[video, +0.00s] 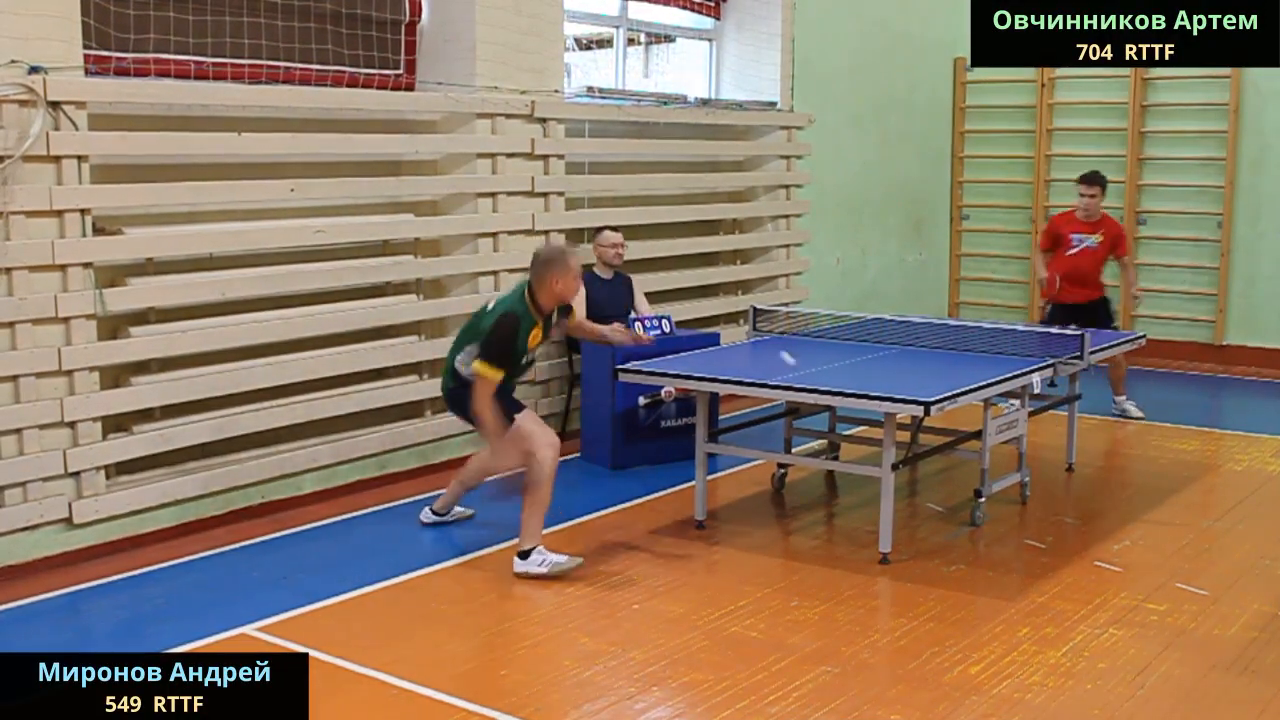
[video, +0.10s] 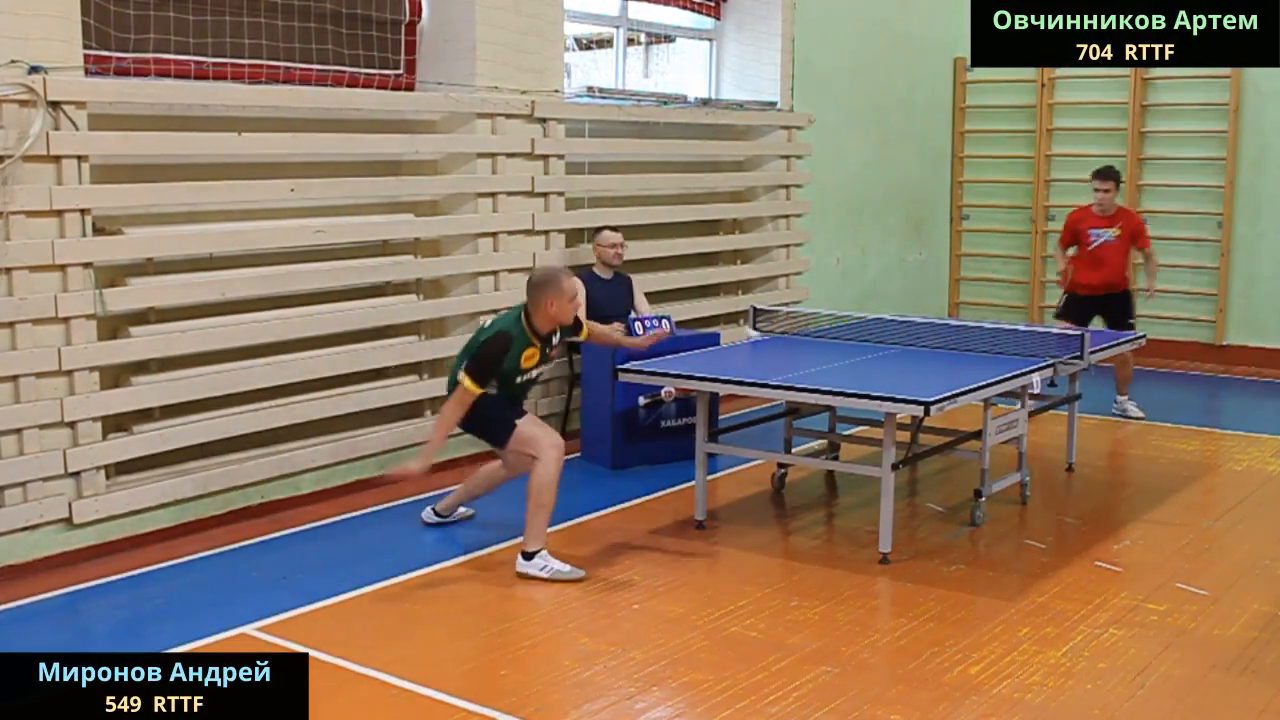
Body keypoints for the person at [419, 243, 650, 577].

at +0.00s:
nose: (580, 282)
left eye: (579, 275)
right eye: (576, 276)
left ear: (555, 282)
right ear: (556, 283)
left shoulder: (553, 302)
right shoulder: (512, 320)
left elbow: (571, 326)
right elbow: (481, 394)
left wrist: (609, 334)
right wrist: (499, 446)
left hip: (491, 383)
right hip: (466, 390)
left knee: (508, 450)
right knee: (546, 445)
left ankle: (441, 507)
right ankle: (529, 551)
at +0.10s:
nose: (579, 305)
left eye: (578, 298)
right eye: (573, 300)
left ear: (553, 305)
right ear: (550, 306)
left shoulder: (558, 321)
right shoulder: (503, 339)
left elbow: (591, 331)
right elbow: (457, 402)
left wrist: (630, 342)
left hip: (503, 396)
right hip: (474, 401)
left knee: (517, 463)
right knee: (549, 445)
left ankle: (443, 509)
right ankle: (533, 553)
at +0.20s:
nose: (573, 311)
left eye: (571, 304)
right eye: (566, 305)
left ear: (542, 311)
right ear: (540, 312)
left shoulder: (558, 325)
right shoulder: (495, 346)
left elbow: (582, 321)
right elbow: (454, 410)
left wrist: (623, 325)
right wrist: (427, 462)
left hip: (518, 404)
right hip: (484, 409)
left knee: (525, 470)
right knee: (557, 448)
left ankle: (447, 508)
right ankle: (535, 554)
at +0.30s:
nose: (562, 294)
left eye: (561, 286)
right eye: (554, 287)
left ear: (529, 293)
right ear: (528, 293)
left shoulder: (533, 318)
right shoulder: (509, 336)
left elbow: (552, 336)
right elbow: (499, 415)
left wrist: (587, 332)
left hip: (503, 407)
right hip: (482, 417)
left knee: (535, 458)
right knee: (570, 453)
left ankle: (463, 512)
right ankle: (537, 552)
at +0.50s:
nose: (546, 242)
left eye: (542, 239)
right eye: (540, 238)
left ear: (503, 256)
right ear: (532, 250)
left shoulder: (489, 294)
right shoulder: (525, 285)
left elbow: (457, 338)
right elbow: (564, 218)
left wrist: (434, 362)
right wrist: (547, 196)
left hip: (458, 411)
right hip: (492, 415)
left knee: (485, 445)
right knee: (585, 458)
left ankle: (455, 507)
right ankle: (539, 552)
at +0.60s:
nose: (525, 228)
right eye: (520, 224)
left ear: (483, 236)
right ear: (515, 233)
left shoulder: (463, 282)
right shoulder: (508, 255)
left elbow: (421, 333)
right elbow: (546, 188)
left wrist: (395, 379)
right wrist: (516, 198)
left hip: (449, 391)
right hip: (491, 391)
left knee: (461, 436)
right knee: (580, 455)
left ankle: (423, 514)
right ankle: (538, 553)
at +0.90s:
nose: (487, 217)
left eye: (484, 212)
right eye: (481, 212)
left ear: (444, 219)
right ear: (462, 217)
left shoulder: (418, 256)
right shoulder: (473, 241)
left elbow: (389, 323)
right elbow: (535, 217)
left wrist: (402, 361)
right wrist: (540, 180)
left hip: (404, 378)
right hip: (452, 376)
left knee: (407, 447)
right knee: (526, 450)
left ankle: (367, 541)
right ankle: (533, 556)